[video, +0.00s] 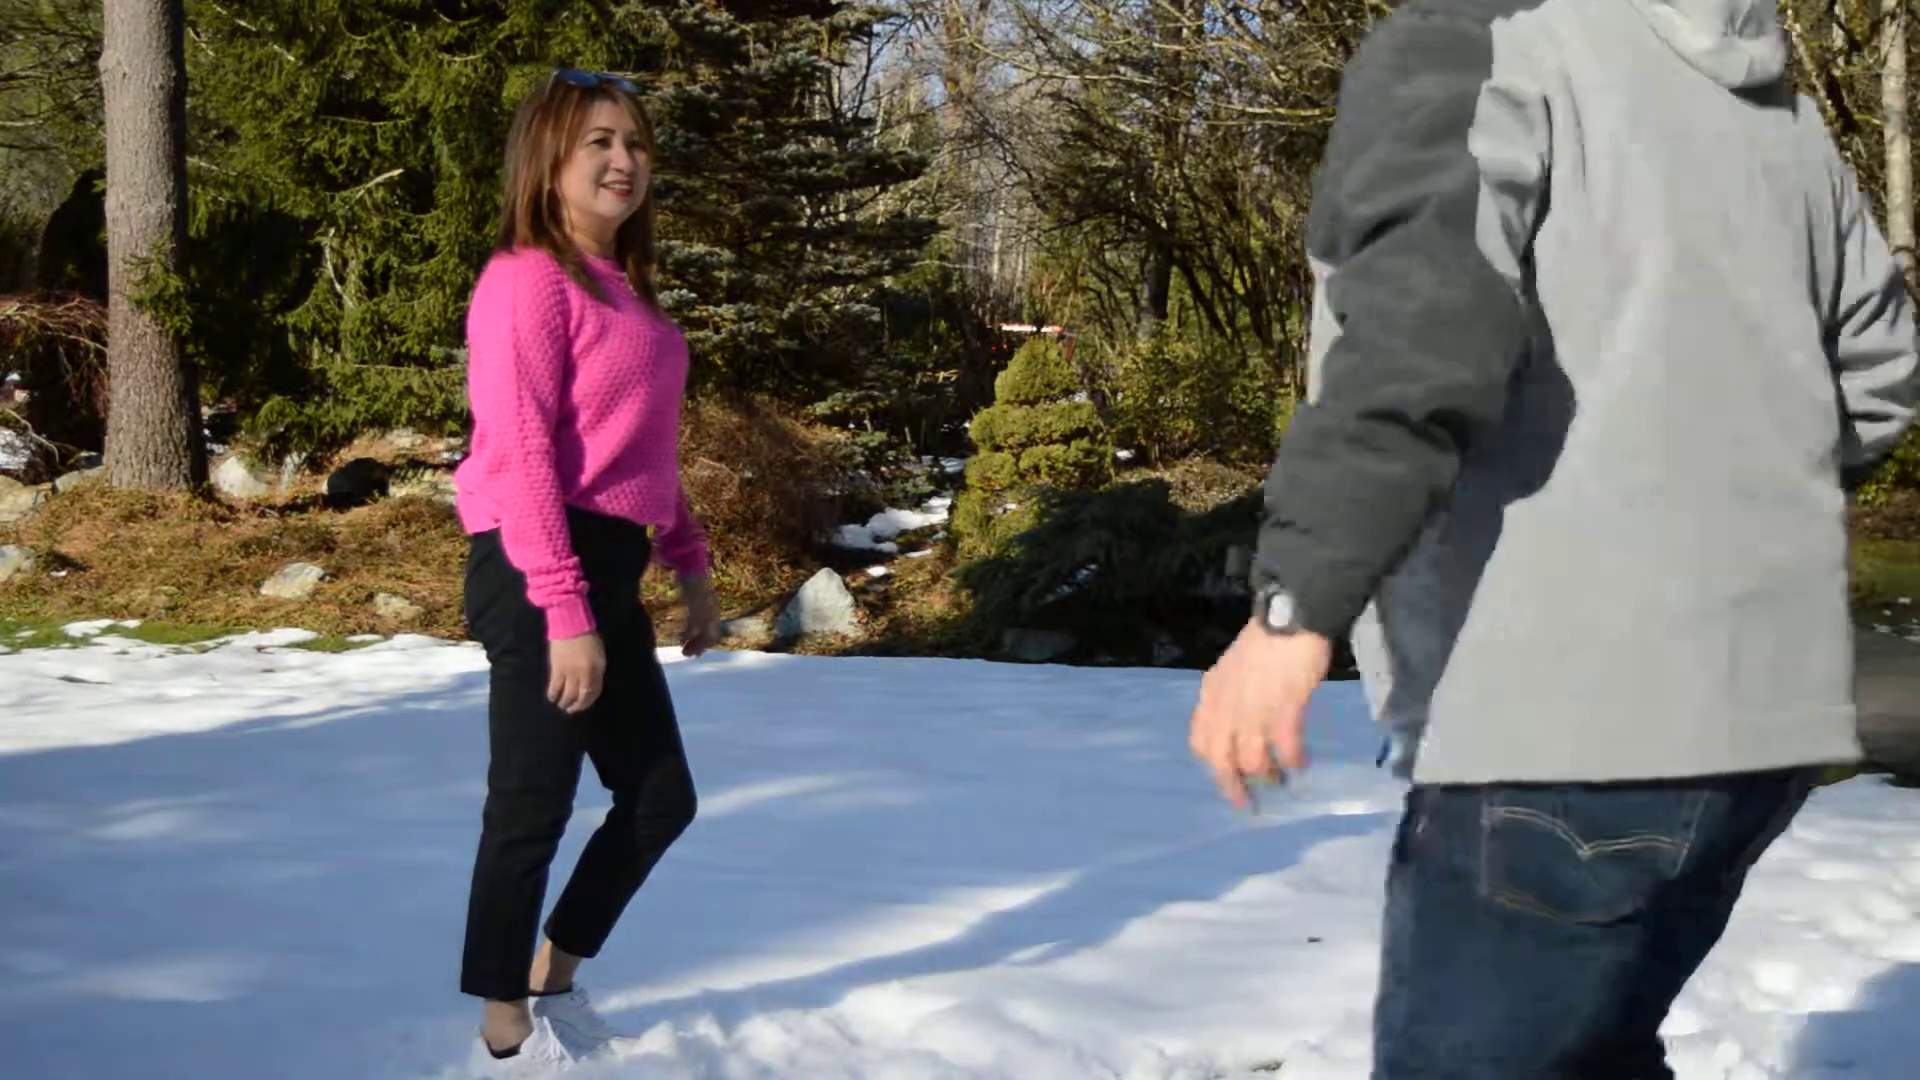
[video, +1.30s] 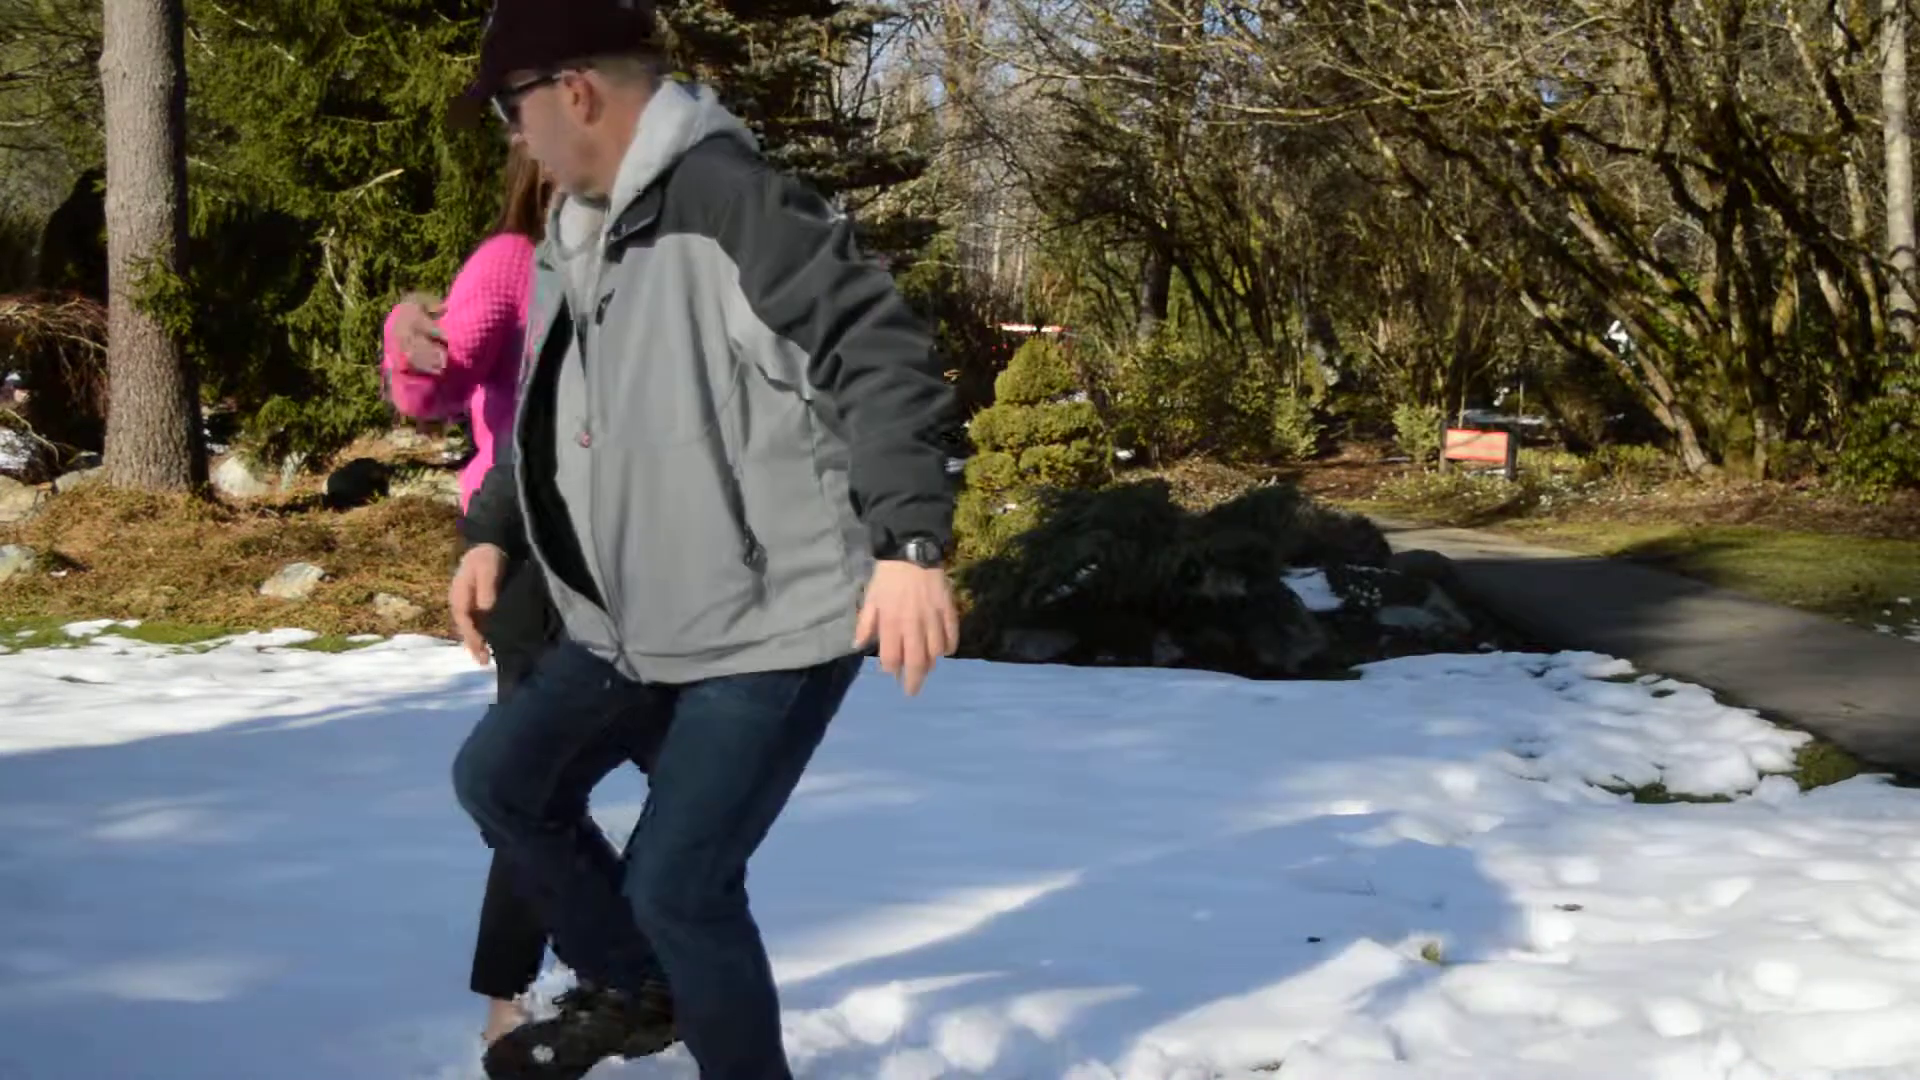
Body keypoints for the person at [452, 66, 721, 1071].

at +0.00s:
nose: (625, 159)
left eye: (636, 144)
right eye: (600, 143)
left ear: (648, 167)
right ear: (548, 165)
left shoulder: (622, 288)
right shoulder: (524, 279)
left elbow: (643, 449)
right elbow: (518, 453)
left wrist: (691, 568)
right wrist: (565, 609)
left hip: (606, 559)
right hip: (532, 554)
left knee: (661, 797)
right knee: (530, 804)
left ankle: (550, 977)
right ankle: (502, 1035)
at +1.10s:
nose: (605, 155)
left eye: (613, 139)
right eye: (583, 140)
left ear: (628, 154)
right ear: (536, 160)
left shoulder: (638, 274)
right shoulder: (514, 273)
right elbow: (466, 409)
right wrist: (473, 544)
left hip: (630, 568)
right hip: (538, 565)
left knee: (678, 784)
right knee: (533, 803)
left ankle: (564, 967)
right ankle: (503, 1033)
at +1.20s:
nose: (602, 174)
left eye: (607, 157)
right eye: (584, 159)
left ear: (615, 169)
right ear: (543, 172)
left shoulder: (642, 269)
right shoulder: (514, 270)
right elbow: (453, 369)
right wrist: (420, 456)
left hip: (631, 549)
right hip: (528, 549)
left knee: (642, 769)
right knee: (530, 788)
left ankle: (582, 962)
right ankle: (506, 1031)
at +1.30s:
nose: (575, 179)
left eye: (581, 163)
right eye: (563, 164)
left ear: (603, 157)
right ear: (540, 174)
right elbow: (428, 398)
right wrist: (408, 344)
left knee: (681, 767)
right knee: (533, 774)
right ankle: (506, 1006)